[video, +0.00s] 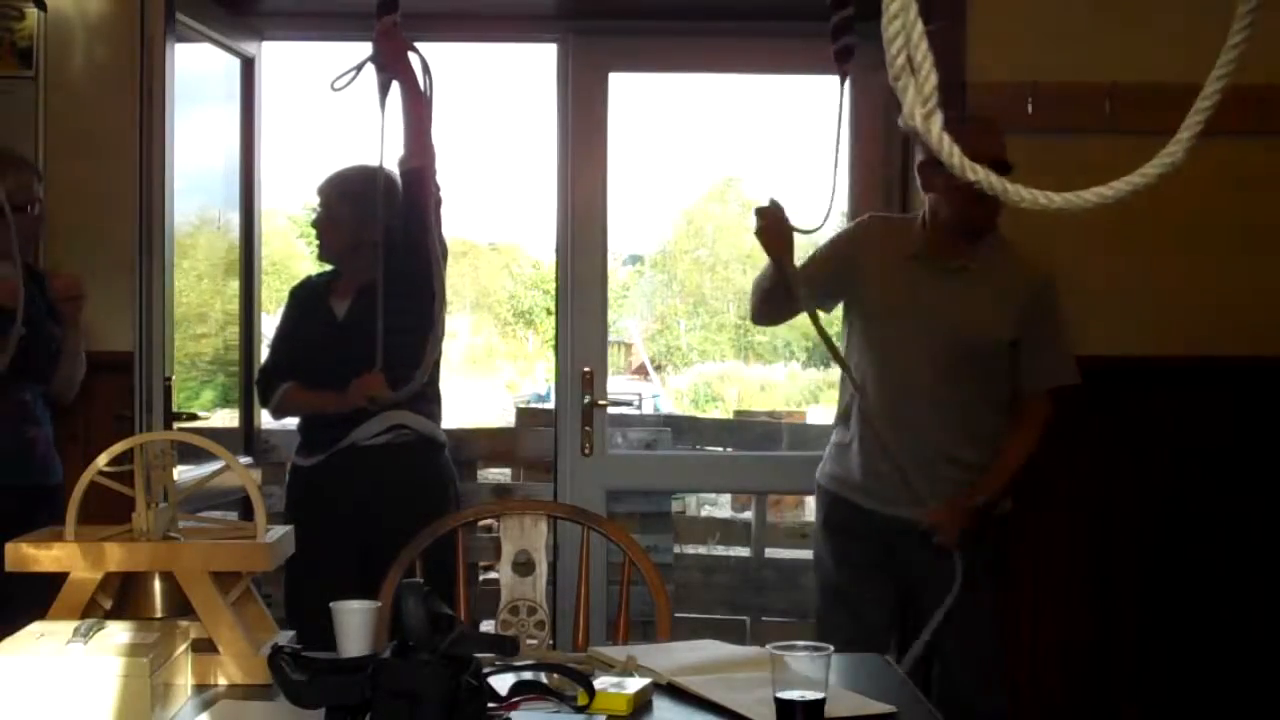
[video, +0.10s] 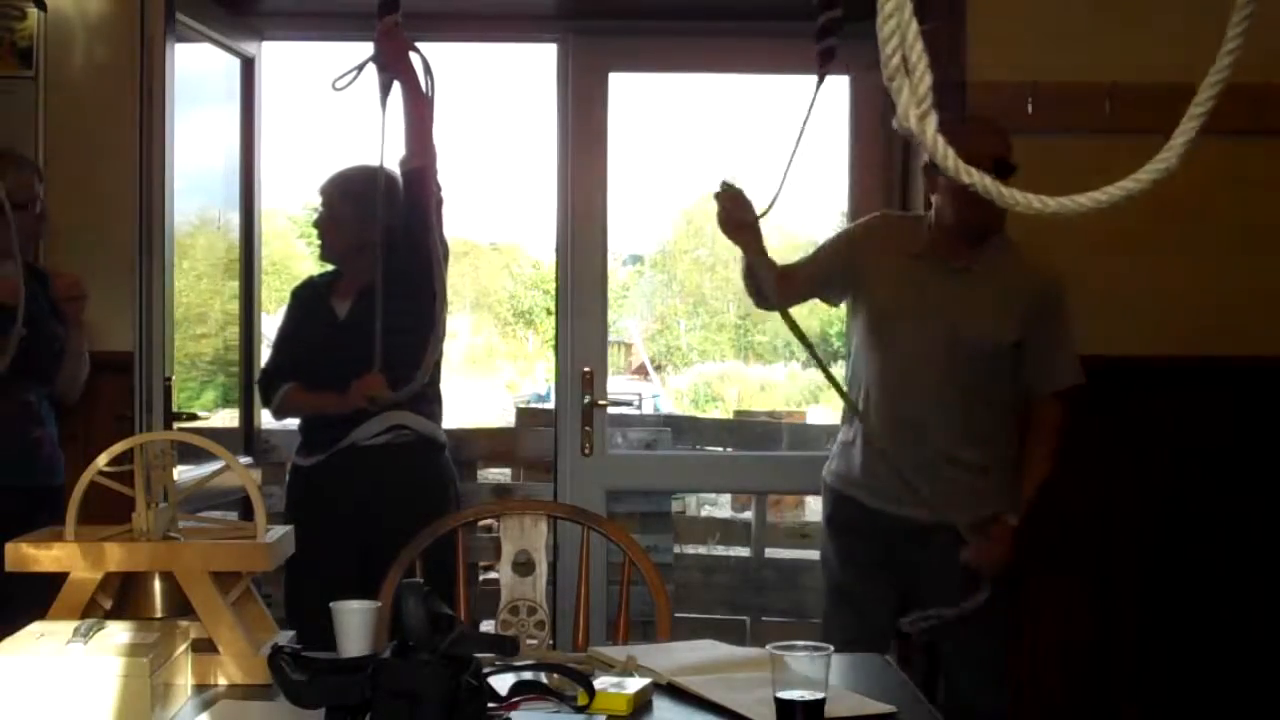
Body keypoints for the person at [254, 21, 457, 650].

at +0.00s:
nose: (315, 224)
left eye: (327, 213)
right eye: (319, 212)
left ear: (369, 222)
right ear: (346, 223)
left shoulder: (410, 286)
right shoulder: (307, 297)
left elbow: (419, 171)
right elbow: (275, 391)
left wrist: (404, 74)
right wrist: (346, 397)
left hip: (400, 486)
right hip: (319, 486)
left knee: (399, 622)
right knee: (317, 630)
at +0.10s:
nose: (318, 222)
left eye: (330, 211)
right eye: (321, 211)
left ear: (372, 221)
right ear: (346, 223)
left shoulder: (412, 286)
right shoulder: (309, 298)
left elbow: (420, 170)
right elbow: (277, 392)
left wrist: (406, 75)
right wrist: (347, 398)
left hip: (401, 485)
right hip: (320, 485)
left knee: (399, 622)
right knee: (317, 630)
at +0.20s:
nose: (319, 222)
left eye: (332, 211)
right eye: (323, 211)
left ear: (375, 220)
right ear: (347, 222)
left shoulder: (413, 284)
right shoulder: (311, 299)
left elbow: (421, 172)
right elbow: (278, 392)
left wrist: (406, 75)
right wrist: (344, 398)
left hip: (403, 483)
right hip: (321, 484)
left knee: (401, 622)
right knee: (317, 629)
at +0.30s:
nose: (322, 221)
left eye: (335, 210)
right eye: (325, 210)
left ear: (377, 218)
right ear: (349, 221)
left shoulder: (414, 283)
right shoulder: (314, 299)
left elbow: (422, 169)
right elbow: (278, 391)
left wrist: (406, 74)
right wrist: (340, 394)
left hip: (405, 484)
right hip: (322, 484)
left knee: (404, 623)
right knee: (319, 630)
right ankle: (334, 709)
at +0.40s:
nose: (324, 222)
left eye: (337, 211)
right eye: (327, 211)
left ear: (379, 219)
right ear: (349, 222)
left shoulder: (416, 283)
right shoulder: (315, 299)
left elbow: (424, 169)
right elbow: (279, 393)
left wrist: (408, 74)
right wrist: (339, 385)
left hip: (408, 482)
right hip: (324, 482)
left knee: (410, 628)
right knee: (322, 634)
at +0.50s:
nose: (326, 222)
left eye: (338, 211)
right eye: (329, 211)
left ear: (379, 219)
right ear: (350, 221)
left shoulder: (420, 285)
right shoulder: (317, 299)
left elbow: (426, 168)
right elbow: (279, 393)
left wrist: (410, 73)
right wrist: (333, 381)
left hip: (409, 481)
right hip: (326, 482)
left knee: (412, 628)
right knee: (322, 634)